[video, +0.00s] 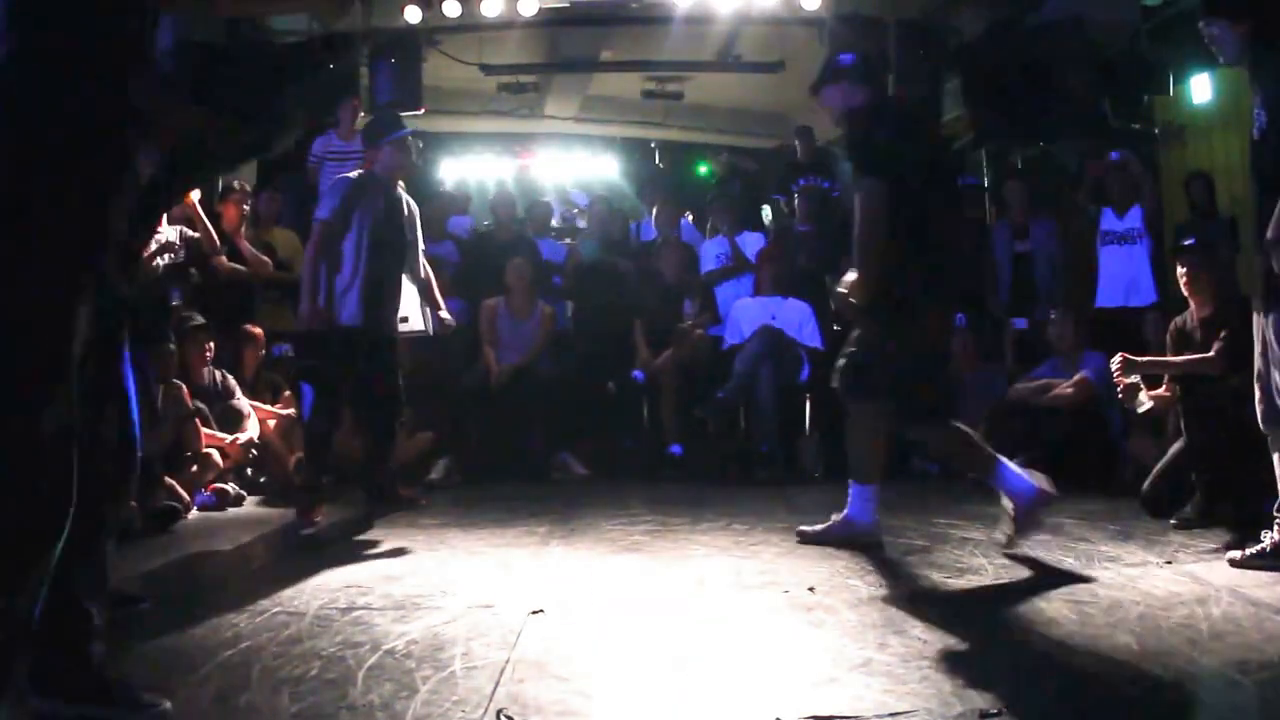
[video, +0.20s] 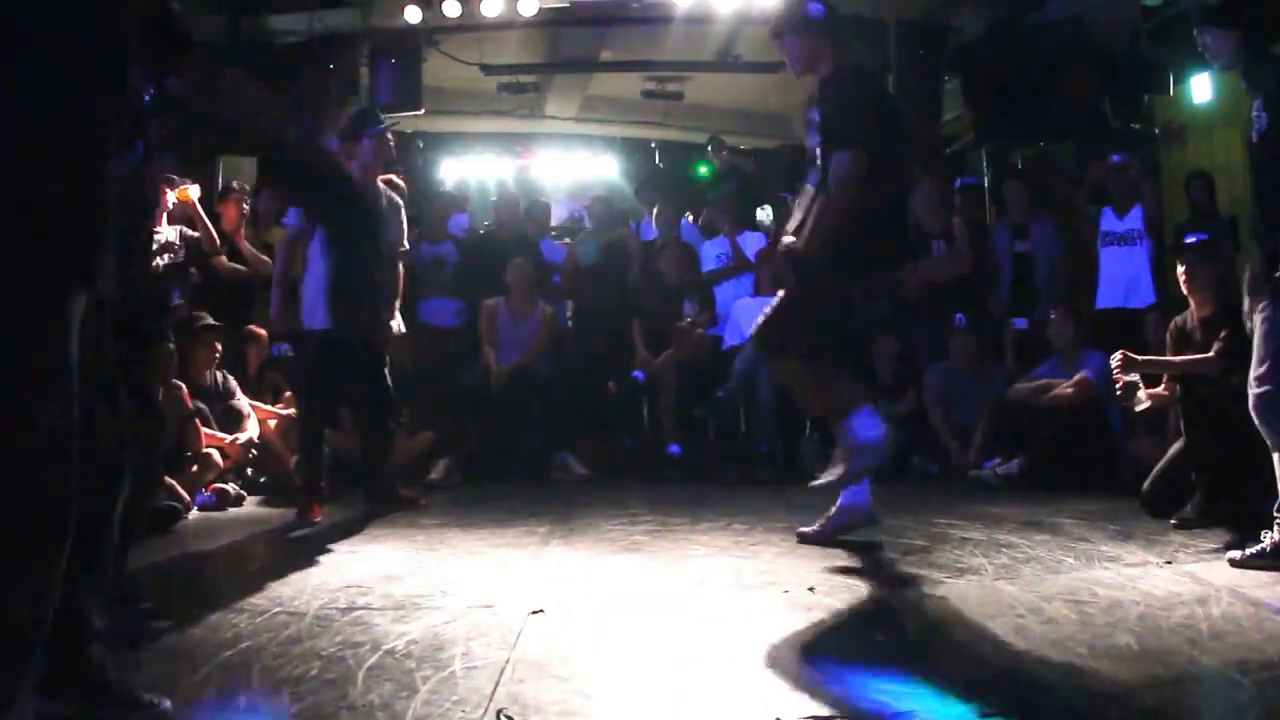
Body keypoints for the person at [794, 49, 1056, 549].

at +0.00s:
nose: (826, 110)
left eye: (828, 97)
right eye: (823, 100)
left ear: (850, 89)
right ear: (866, 91)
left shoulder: (871, 131)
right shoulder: (905, 127)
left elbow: (874, 214)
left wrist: (860, 279)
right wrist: (867, 275)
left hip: (900, 287)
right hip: (927, 285)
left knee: (859, 382)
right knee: (914, 408)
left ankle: (860, 513)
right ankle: (1020, 486)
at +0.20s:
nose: (784, 54)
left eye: (788, 41)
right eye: (781, 44)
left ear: (816, 36)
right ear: (810, 41)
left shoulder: (848, 86)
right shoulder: (831, 92)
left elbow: (845, 175)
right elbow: (815, 180)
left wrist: (804, 246)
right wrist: (790, 235)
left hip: (856, 248)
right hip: (847, 247)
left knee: (777, 336)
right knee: (840, 360)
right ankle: (855, 494)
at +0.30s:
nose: (782, 45)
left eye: (789, 33)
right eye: (779, 36)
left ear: (817, 33)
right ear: (790, 40)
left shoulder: (852, 91)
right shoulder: (792, 92)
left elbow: (839, 186)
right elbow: (773, 166)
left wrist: (783, 245)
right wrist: (746, 210)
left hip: (839, 246)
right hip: (807, 244)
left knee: (767, 354)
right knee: (820, 363)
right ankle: (837, 494)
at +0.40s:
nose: (779, 66)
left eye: (789, 54)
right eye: (776, 55)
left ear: (818, 56)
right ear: (777, 57)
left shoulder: (844, 122)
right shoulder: (772, 111)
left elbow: (822, 219)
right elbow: (731, 181)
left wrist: (757, 272)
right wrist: (699, 214)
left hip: (814, 274)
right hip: (774, 270)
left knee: (759, 393)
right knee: (806, 387)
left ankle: (714, 529)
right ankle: (836, 507)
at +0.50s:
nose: (745, 72)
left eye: (753, 61)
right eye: (742, 62)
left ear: (783, 55)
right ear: (743, 59)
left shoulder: (819, 115)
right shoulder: (745, 101)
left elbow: (822, 226)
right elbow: (733, 182)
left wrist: (764, 275)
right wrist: (718, 193)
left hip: (800, 269)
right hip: (749, 259)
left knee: (754, 394)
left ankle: (721, 530)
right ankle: (775, 450)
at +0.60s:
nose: (710, 102)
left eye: (715, 90)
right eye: (706, 92)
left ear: (745, 81)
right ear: (713, 87)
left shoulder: (808, 132)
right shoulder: (725, 134)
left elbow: (827, 236)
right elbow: (686, 220)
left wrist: (771, 284)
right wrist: (726, 205)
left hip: (798, 267)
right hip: (743, 257)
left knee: (735, 389)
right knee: (655, 306)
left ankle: (717, 528)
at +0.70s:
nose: (705, 82)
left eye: (712, 68)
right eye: (700, 71)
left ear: (744, 60)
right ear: (704, 71)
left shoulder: (804, 107)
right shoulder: (715, 120)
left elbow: (826, 209)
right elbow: (686, 209)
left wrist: (780, 274)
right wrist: (679, 252)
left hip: (793, 253)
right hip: (732, 247)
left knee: (747, 374)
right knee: (668, 307)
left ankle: (712, 518)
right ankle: (668, 441)